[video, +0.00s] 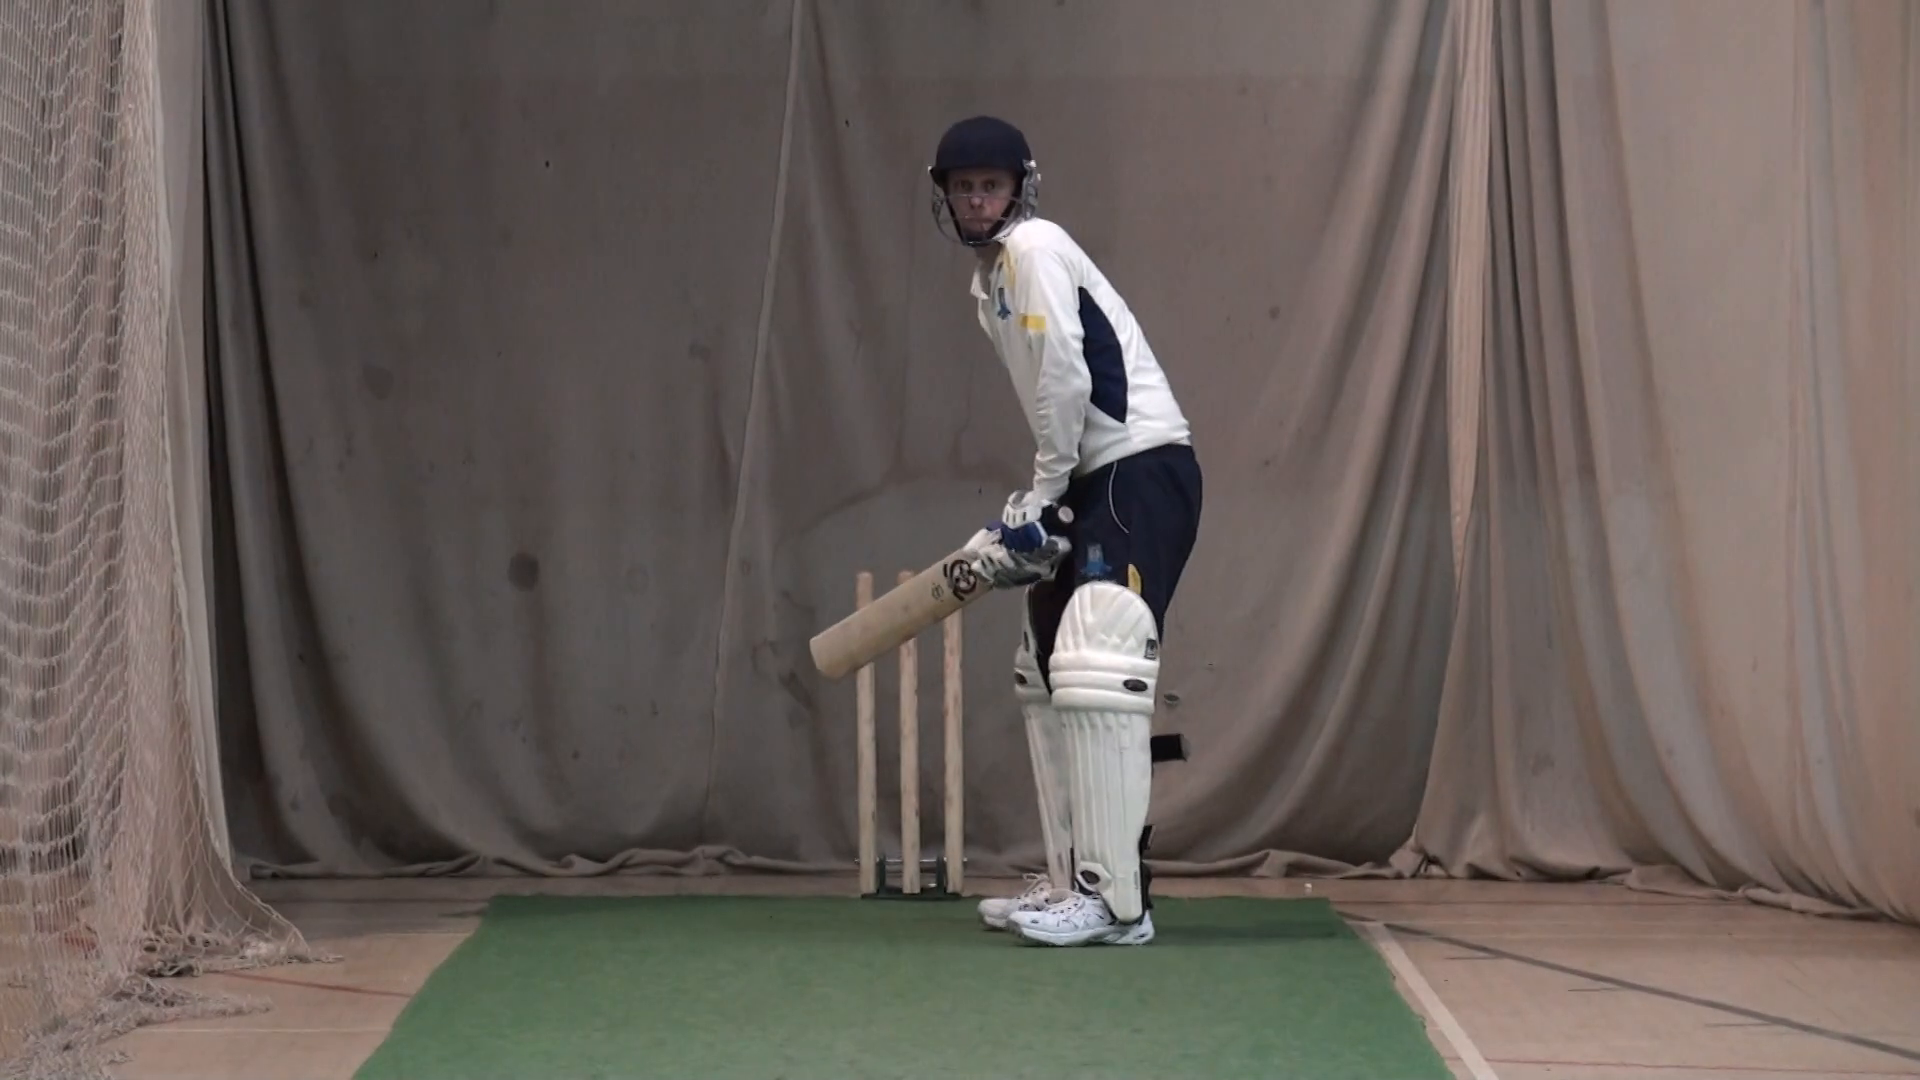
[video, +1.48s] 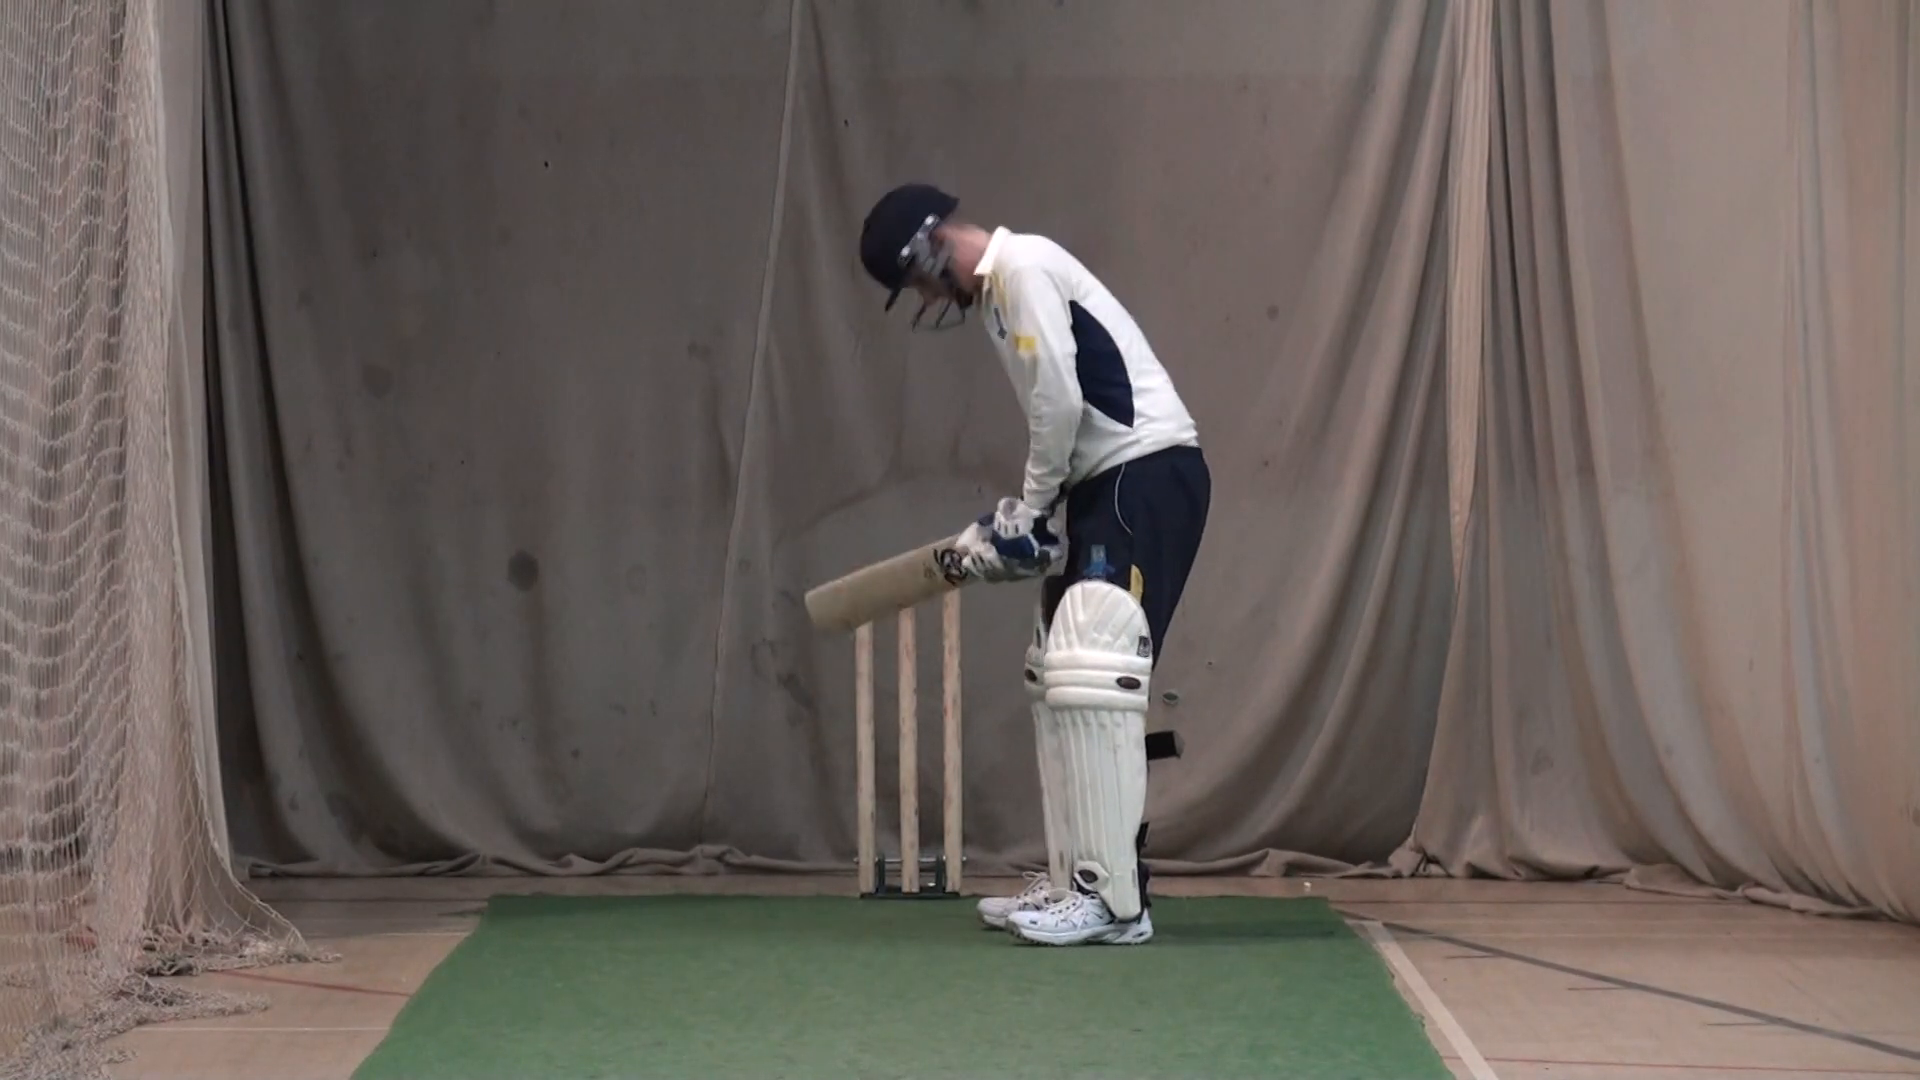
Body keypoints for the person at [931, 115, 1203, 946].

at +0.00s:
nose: (977, 202)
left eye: (992, 186)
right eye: (962, 189)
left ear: (1019, 187)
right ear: (944, 198)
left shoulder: (1033, 249)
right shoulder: (993, 280)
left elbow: (1066, 379)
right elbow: (1052, 412)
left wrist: (1044, 493)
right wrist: (1022, 520)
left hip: (1138, 468)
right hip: (1090, 480)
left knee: (1097, 674)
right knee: (1048, 676)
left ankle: (1115, 899)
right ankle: (1076, 885)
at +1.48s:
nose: (931, 298)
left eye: (922, 279)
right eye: (918, 291)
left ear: (939, 241)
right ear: (944, 240)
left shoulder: (1018, 269)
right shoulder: (1002, 286)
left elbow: (1059, 400)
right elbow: (1062, 421)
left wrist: (1030, 506)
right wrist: (1016, 533)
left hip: (1143, 475)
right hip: (1104, 486)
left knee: (1094, 676)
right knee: (1061, 676)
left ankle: (1113, 899)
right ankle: (1076, 884)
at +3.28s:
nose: (979, 194)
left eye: (996, 178)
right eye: (965, 180)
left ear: (1026, 182)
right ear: (947, 189)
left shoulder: (1042, 250)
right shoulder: (989, 284)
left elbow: (1077, 389)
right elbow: (1049, 419)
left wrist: (1044, 508)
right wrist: (1018, 535)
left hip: (1138, 473)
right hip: (1090, 480)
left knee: (1097, 678)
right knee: (1058, 676)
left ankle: (1113, 897)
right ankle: (1080, 882)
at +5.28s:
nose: (970, 197)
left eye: (986, 180)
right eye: (955, 184)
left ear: (1016, 181)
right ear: (939, 193)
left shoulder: (1032, 242)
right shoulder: (995, 275)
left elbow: (1068, 377)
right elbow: (1045, 409)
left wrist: (1035, 487)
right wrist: (1011, 516)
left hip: (1128, 470)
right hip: (1083, 479)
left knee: (1086, 674)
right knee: (1044, 675)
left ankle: (1112, 898)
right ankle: (1080, 882)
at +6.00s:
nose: (973, 195)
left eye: (987, 179)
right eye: (957, 182)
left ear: (1016, 180)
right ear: (939, 190)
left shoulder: (1035, 243)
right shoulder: (988, 278)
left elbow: (1068, 377)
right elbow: (1040, 408)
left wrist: (1028, 493)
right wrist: (1007, 519)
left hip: (1125, 469)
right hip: (1077, 480)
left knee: (1087, 671)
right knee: (1033, 672)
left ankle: (1113, 898)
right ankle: (1075, 882)